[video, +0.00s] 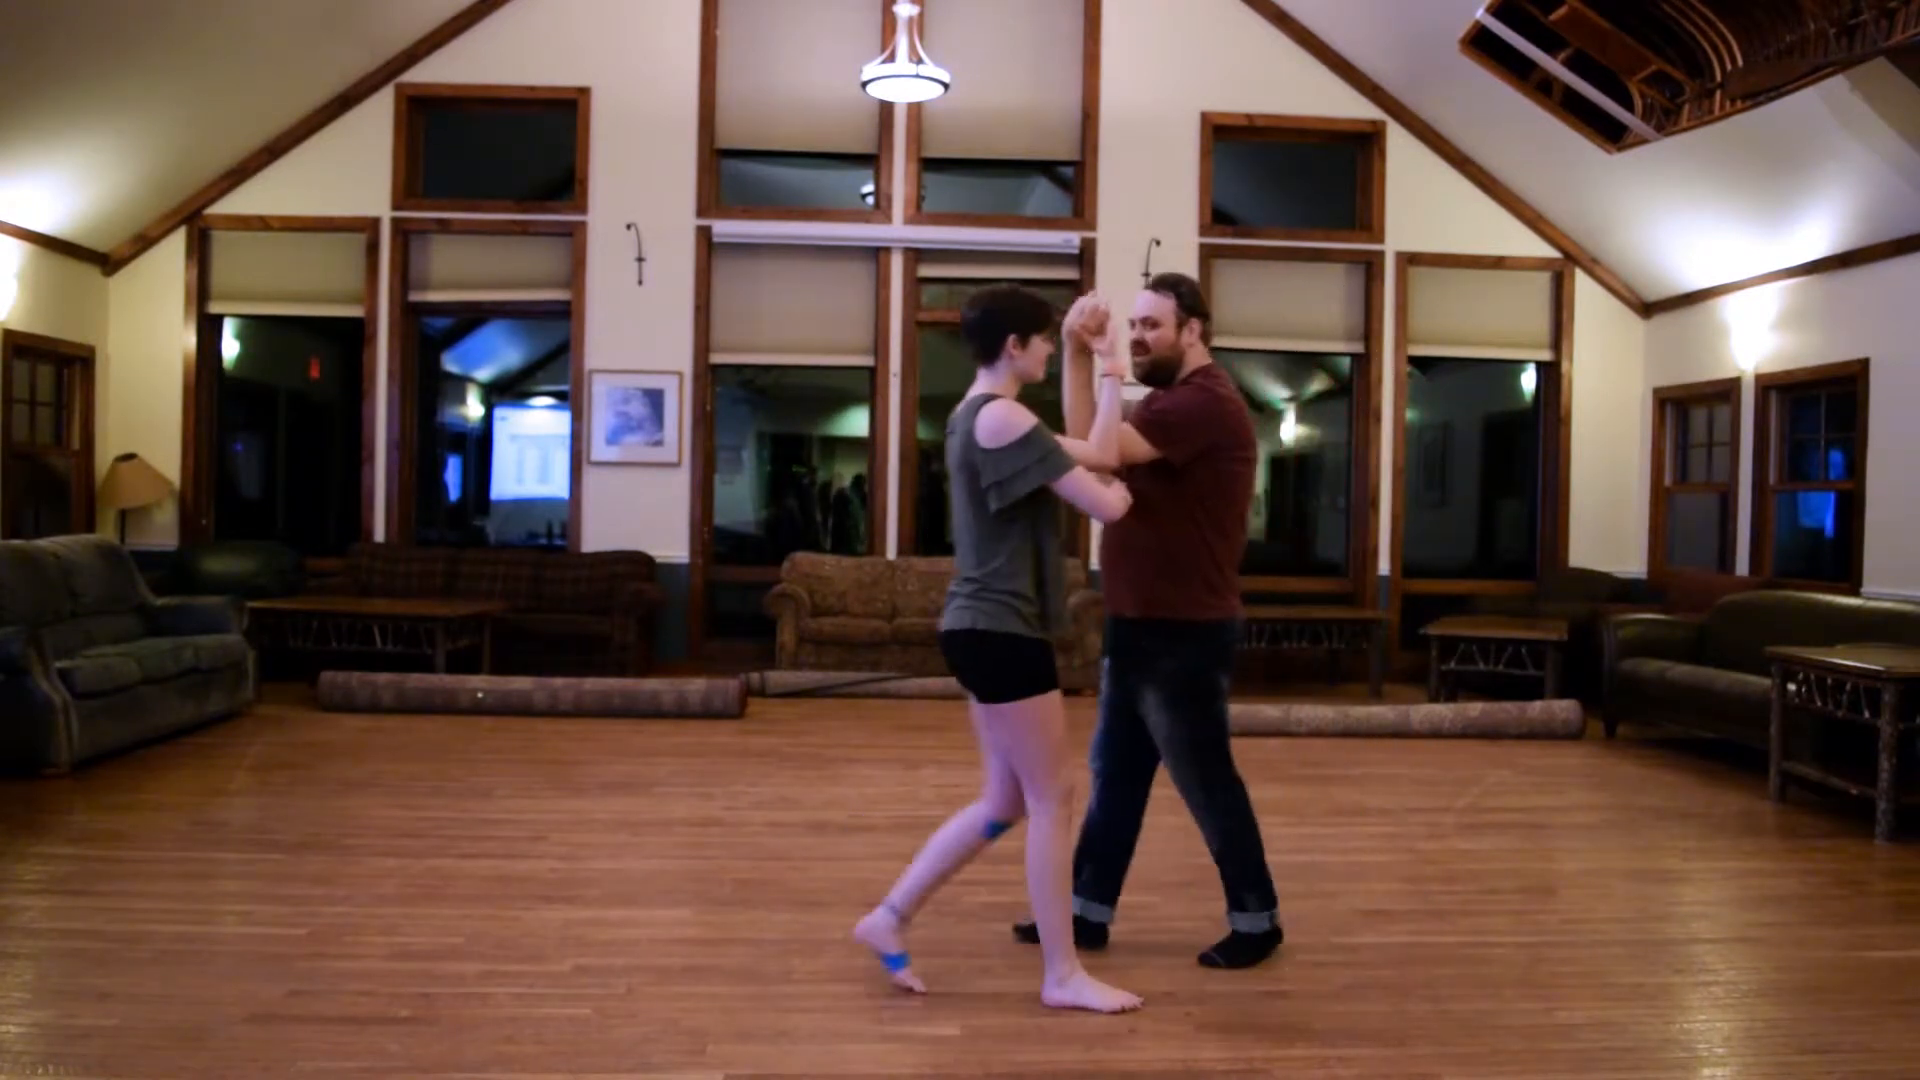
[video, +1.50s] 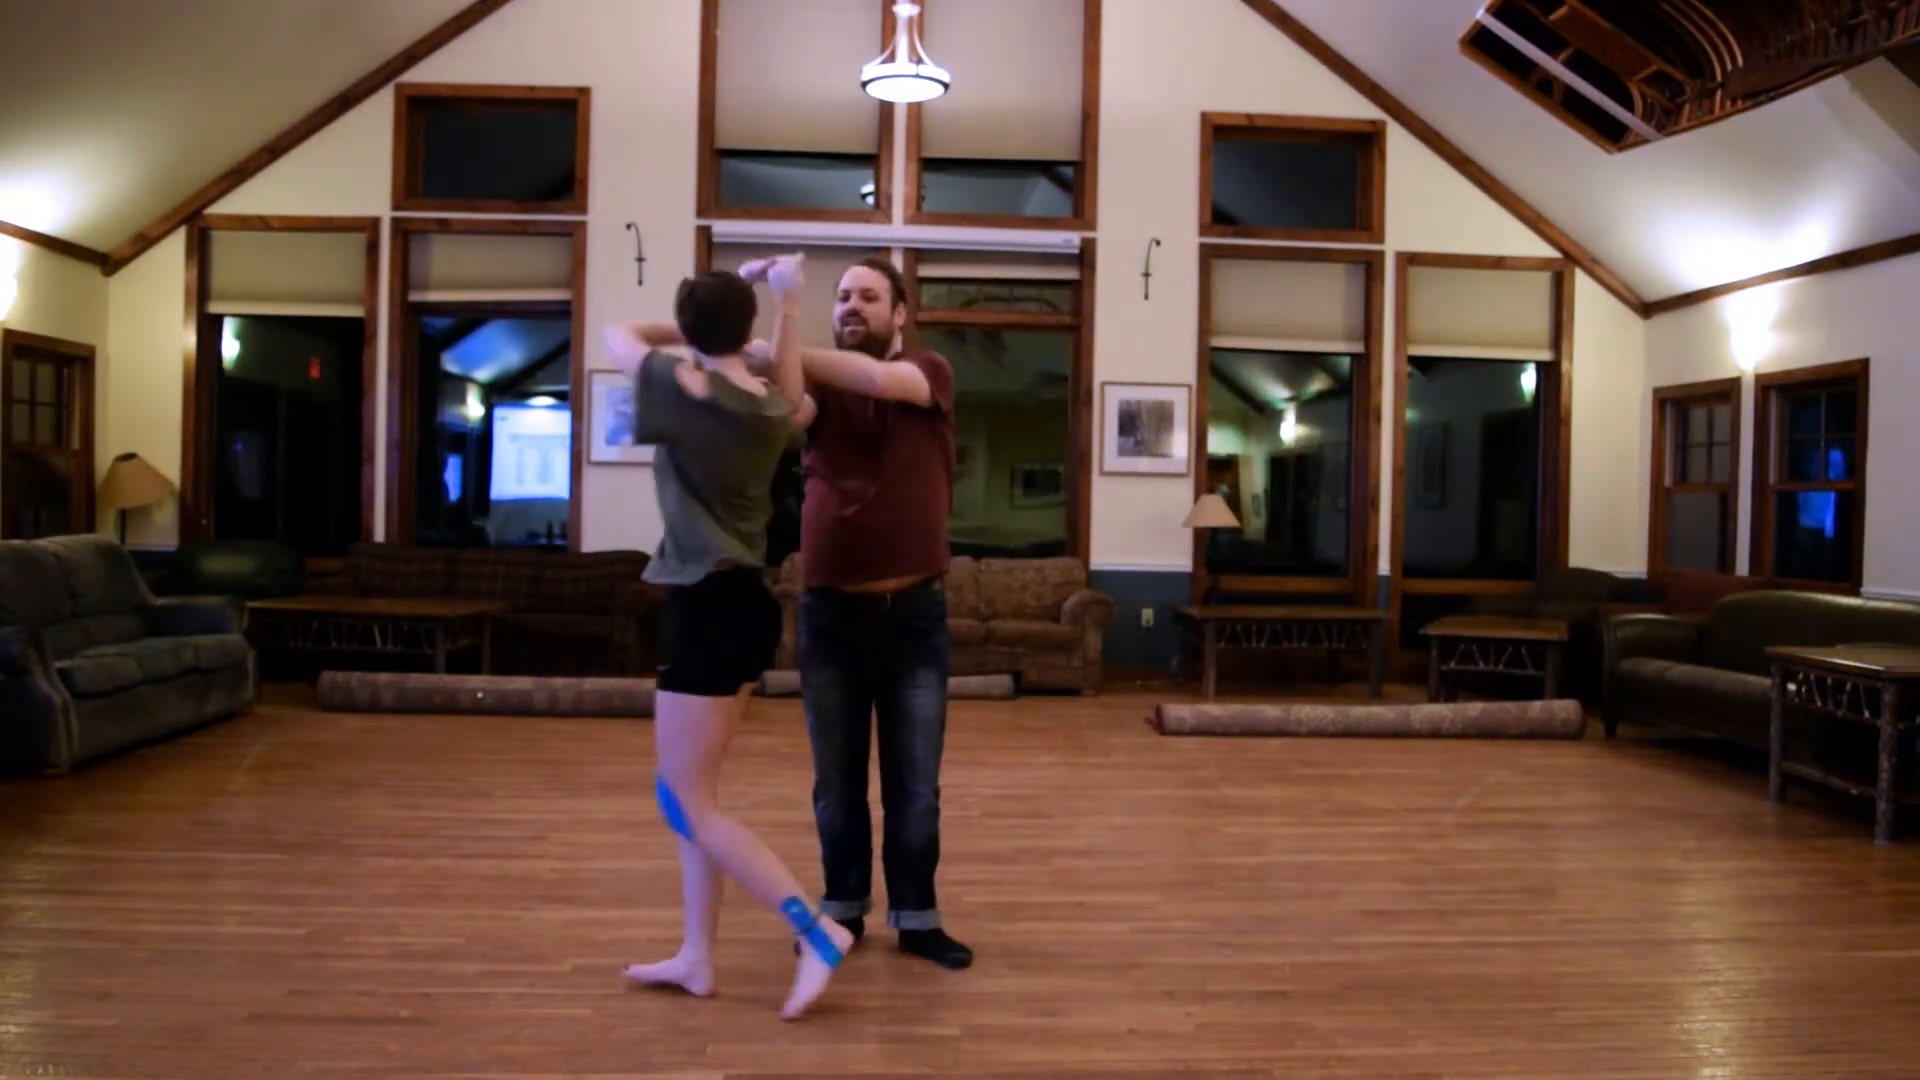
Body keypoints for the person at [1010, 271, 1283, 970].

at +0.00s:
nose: (1136, 338)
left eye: (1150, 326)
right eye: (1133, 326)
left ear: (1193, 332)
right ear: (1142, 336)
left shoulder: (1204, 401)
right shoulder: (1166, 397)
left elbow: (1103, 447)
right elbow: (1087, 435)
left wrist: (1109, 365)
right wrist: (1076, 347)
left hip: (1187, 625)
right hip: (1139, 622)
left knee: (1205, 778)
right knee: (1117, 773)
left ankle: (1256, 921)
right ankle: (1086, 912)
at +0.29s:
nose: (1077, 324)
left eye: (1093, 314)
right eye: (1072, 312)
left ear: (1131, 324)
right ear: (1069, 322)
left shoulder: (1139, 395)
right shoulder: (1084, 386)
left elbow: (1032, 440)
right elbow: (1018, 440)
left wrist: (1026, 353)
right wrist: (1010, 350)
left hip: (1108, 606)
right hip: (1071, 604)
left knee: (1053, 749)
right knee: (1080, 755)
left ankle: (1122, 890)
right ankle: (1082, 904)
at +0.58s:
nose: (1023, 328)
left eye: (1040, 318)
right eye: (1019, 316)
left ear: (1078, 332)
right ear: (1014, 327)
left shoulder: (1094, 408)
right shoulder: (1008, 393)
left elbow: (998, 453)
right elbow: (942, 450)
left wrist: (971, 373)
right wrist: (965, 374)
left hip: (1049, 620)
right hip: (995, 613)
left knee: (986, 760)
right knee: (1036, 765)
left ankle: (958, 913)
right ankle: (1077, 911)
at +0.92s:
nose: (961, 309)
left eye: (980, 300)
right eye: (957, 299)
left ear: (1018, 318)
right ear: (951, 316)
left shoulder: (1038, 394)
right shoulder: (927, 385)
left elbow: (959, 418)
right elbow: (876, 466)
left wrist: (913, 348)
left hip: (982, 613)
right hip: (909, 604)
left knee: (963, 772)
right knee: (880, 748)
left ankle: (954, 915)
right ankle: (913, 890)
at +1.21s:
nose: (892, 299)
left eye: (910, 288)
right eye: (884, 288)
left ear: (941, 308)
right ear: (875, 301)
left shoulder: (965, 365)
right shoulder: (856, 363)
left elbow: (888, 328)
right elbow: (807, 328)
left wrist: (813, 265)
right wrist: (787, 255)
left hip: (943, 601)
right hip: (862, 600)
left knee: (937, 775)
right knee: (852, 771)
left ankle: (935, 914)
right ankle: (841, 907)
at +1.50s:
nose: (849, 306)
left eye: (866, 296)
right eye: (842, 297)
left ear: (900, 312)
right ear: (832, 310)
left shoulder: (931, 373)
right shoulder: (816, 377)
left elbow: (873, 376)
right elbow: (780, 398)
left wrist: (775, 352)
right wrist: (779, 313)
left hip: (915, 602)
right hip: (830, 602)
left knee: (915, 776)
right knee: (838, 773)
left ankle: (917, 918)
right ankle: (842, 913)